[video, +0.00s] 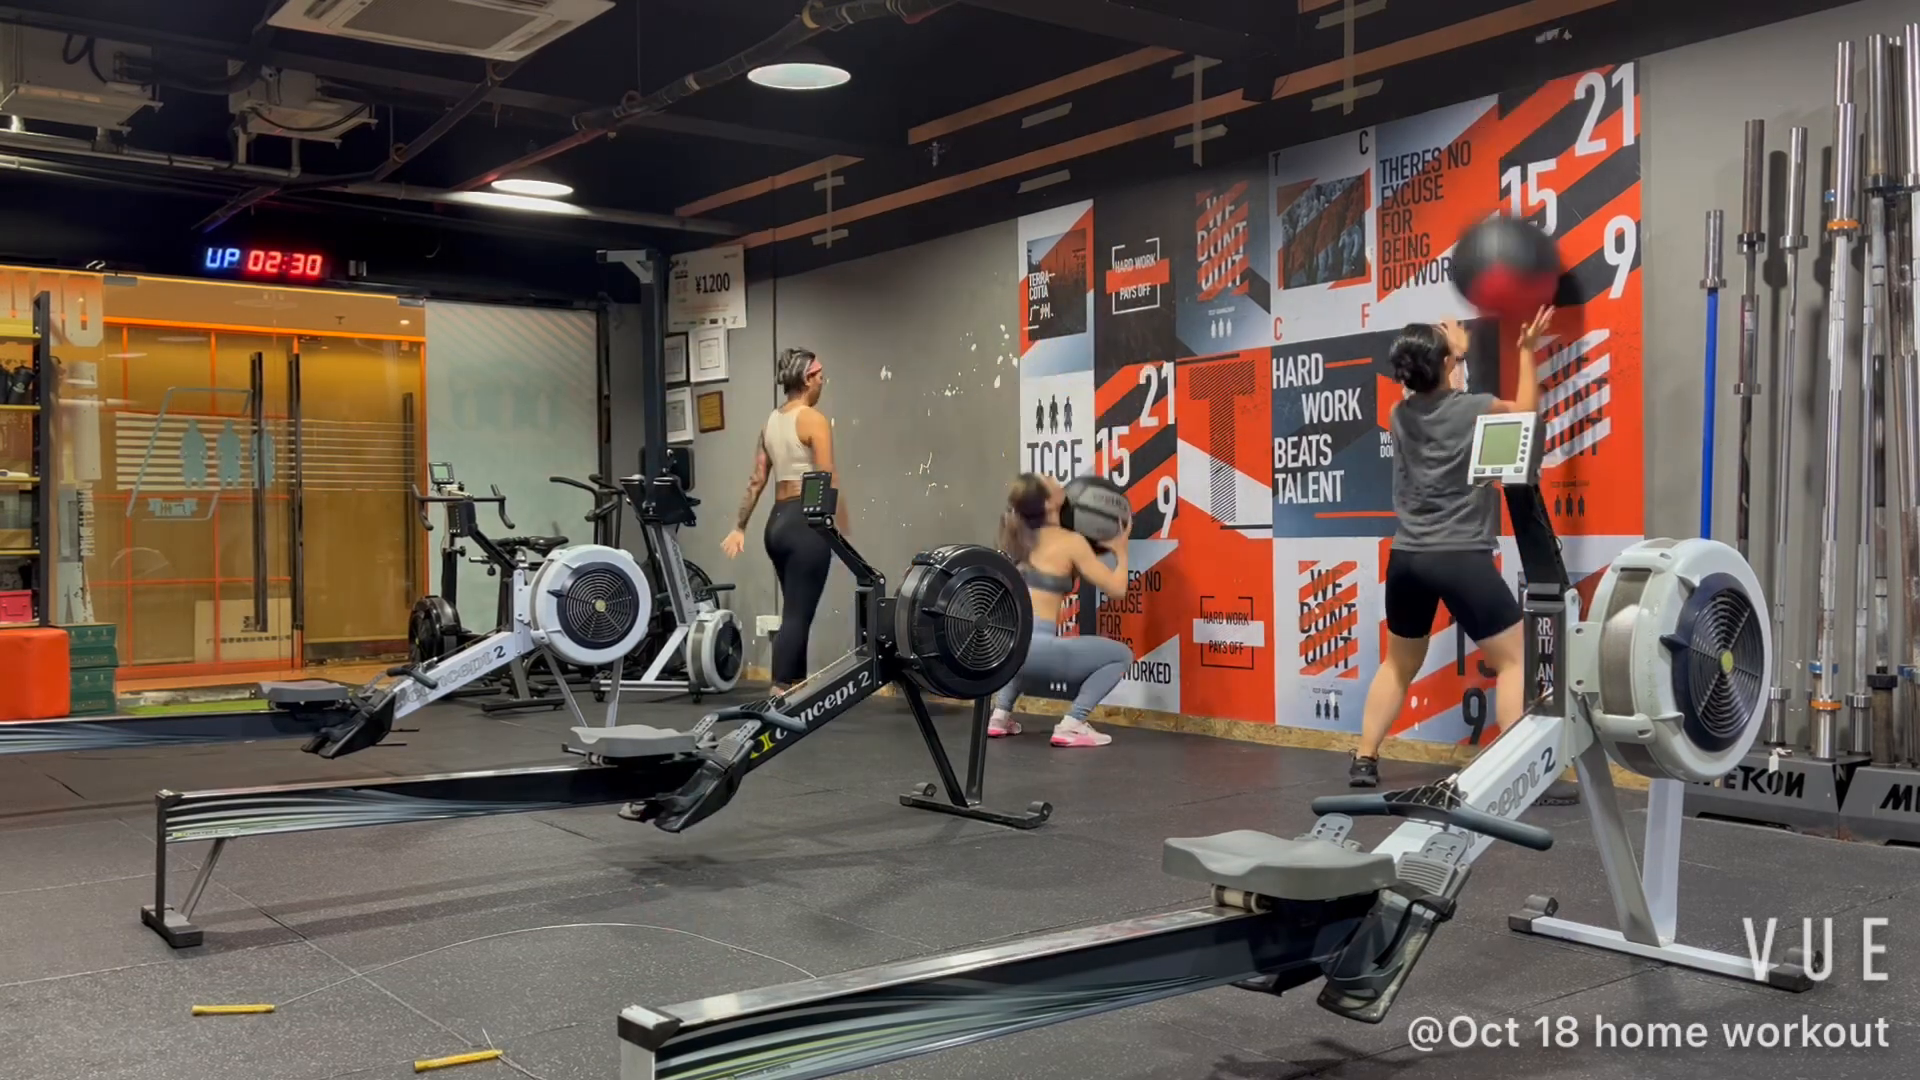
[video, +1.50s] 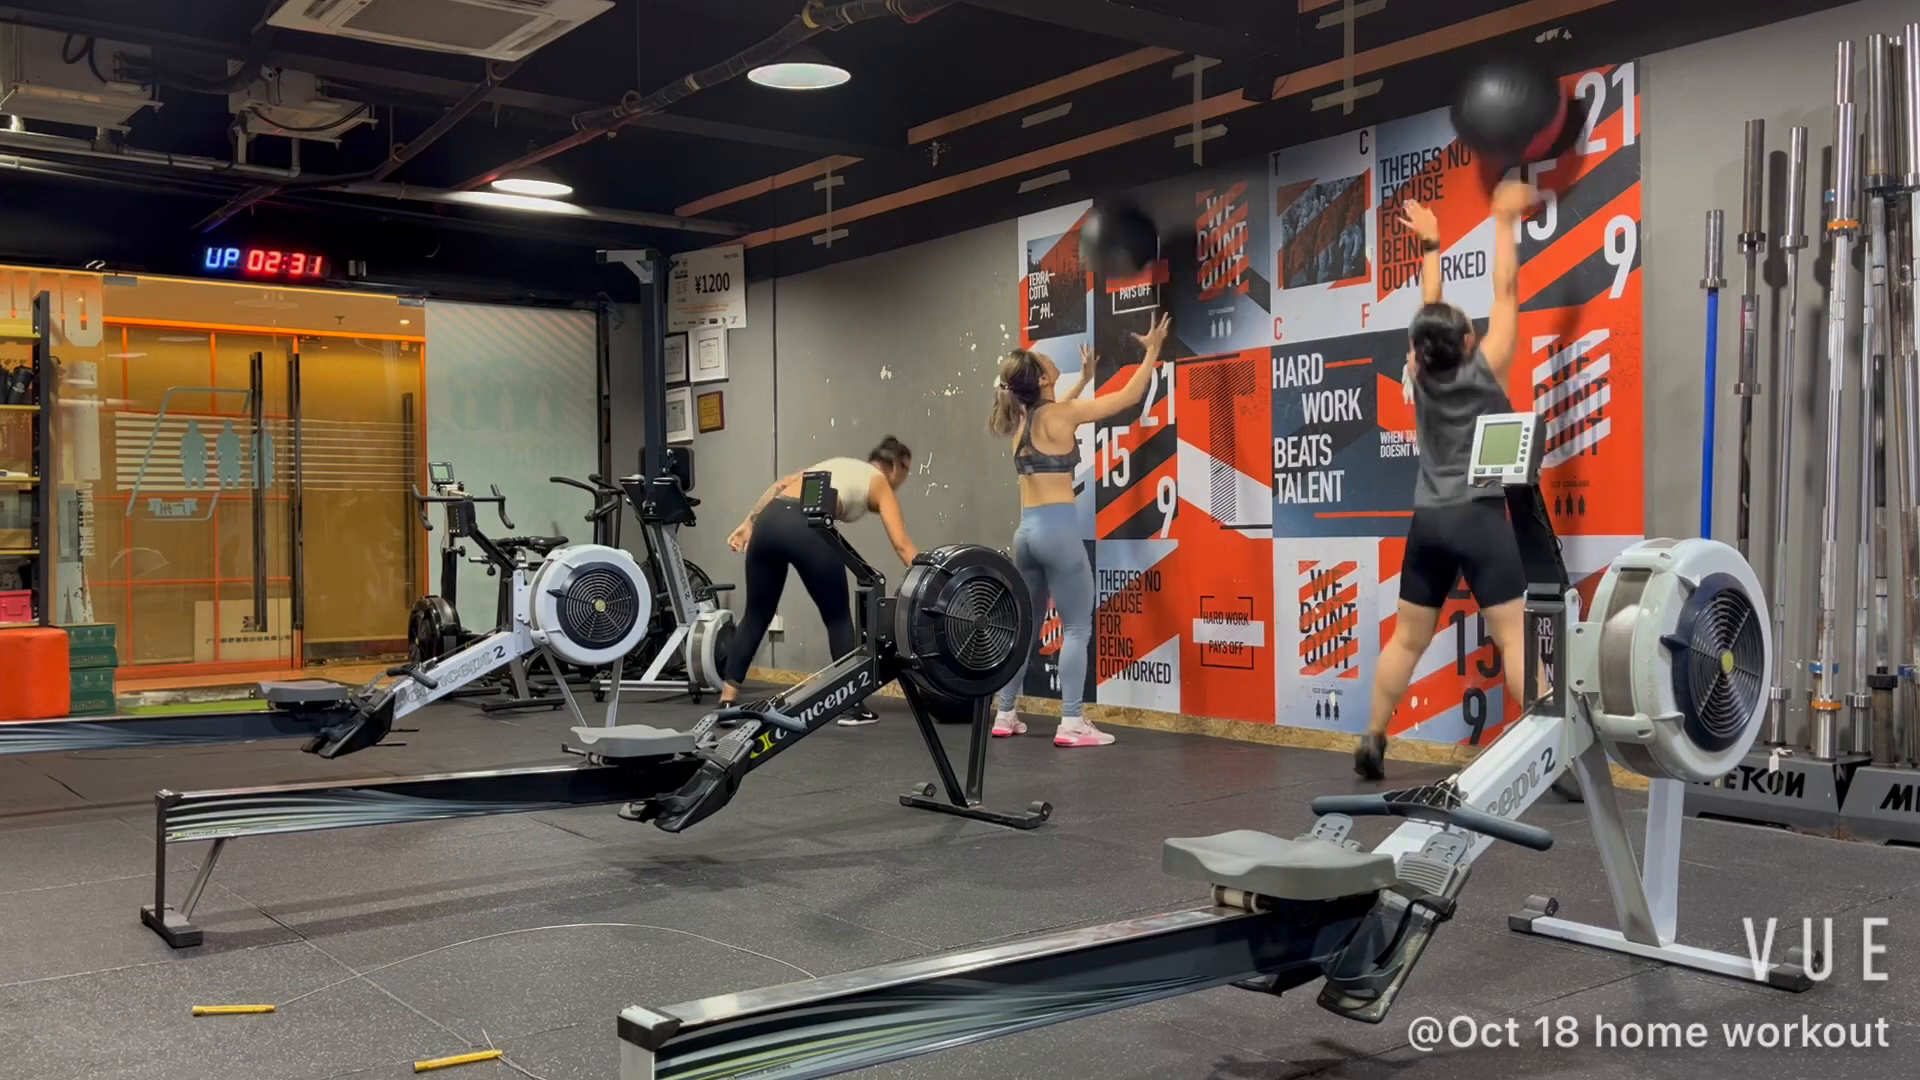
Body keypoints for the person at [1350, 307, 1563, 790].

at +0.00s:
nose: (1460, 336)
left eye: (1453, 334)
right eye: (1454, 338)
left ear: (1414, 371)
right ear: (1451, 364)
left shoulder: (1402, 414)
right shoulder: (1476, 407)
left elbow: (1437, 395)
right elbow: (1526, 414)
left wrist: (1451, 351)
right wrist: (1528, 354)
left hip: (1407, 561)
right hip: (1464, 562)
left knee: (1398, 665)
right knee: (1512, 662)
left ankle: (1363, 760)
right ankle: (1516, 772)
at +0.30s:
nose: (1473, 453)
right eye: (1471, 447)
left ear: (1421, 458)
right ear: (1465, 455)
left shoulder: (1413, 505)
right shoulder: (1488, 510)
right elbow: (1515, 579)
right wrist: (1547, 525)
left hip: (1385, 639)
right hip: (1448, 639)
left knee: (1392, 680)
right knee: (1545, 669)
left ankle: (1363, 762)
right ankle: (1534, 776)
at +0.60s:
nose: (1483, 485)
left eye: (1479, 478)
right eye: (1479, 480)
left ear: (1433, 494)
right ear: (1474, 490)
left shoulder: (1418, 538)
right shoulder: (1497, 546)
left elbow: (1412, 600)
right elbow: (1513, 620)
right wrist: (1527, 593)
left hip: (1391, 665)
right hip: (1456, 666)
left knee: (1401, 686)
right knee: (1550, 671)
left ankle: (1365, 759)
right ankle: (1518, 771)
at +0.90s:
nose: (1488, 472)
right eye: (1482, 465)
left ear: (1437, 476)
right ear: (1479, 474)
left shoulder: (1421, 520)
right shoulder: (1496, 525)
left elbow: (1416, 581)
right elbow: (1515, 602)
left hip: (1389, 640)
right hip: (1452, 641)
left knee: (1396, 683)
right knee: (1545, 673)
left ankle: (1364, 760)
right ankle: (1529, 775)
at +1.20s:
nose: (1475, 374)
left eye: (1470, 367)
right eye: (1471, 368)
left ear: (1425, 383)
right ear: (1466, 376)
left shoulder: (1416, 429)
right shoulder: (1487, 424)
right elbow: (1525, 461)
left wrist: (1524, 420)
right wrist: (1539, 417)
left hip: (1413, 569)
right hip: (1473, 569)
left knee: (1403, 664)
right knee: (1526, 660)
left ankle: (1366, 754)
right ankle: (1527, 774)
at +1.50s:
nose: (1476, 330)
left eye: (1461, 326)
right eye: (1470, 326)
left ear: (1424, 347)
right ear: (1467, 341)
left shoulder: (1422, 377)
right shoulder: (1485, 371)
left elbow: (1428, 314)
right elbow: (1507, 292)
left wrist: (1430, 246)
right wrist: (1506, 220)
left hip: (1429, 522)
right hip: (1483, 519)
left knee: (1406, 640)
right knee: (1514, 640)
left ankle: (1373, 738)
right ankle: (1554, 743)